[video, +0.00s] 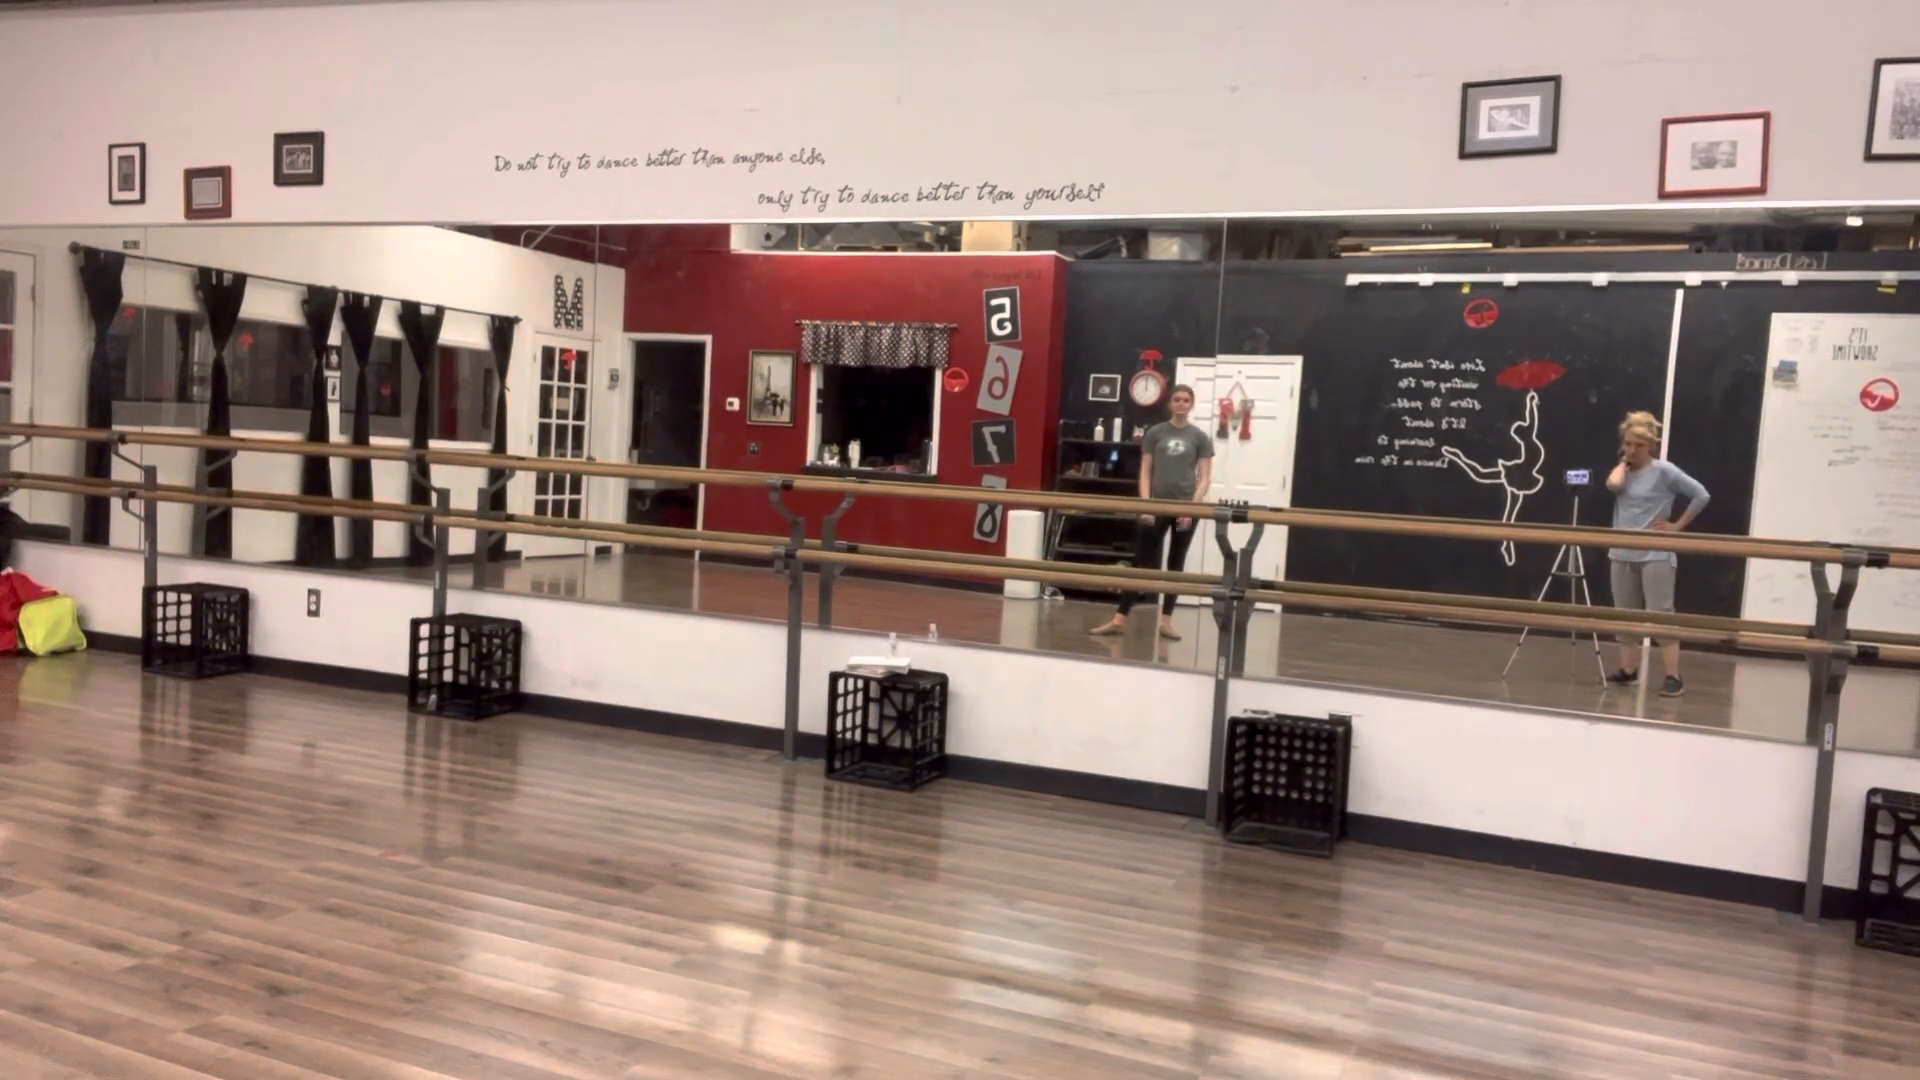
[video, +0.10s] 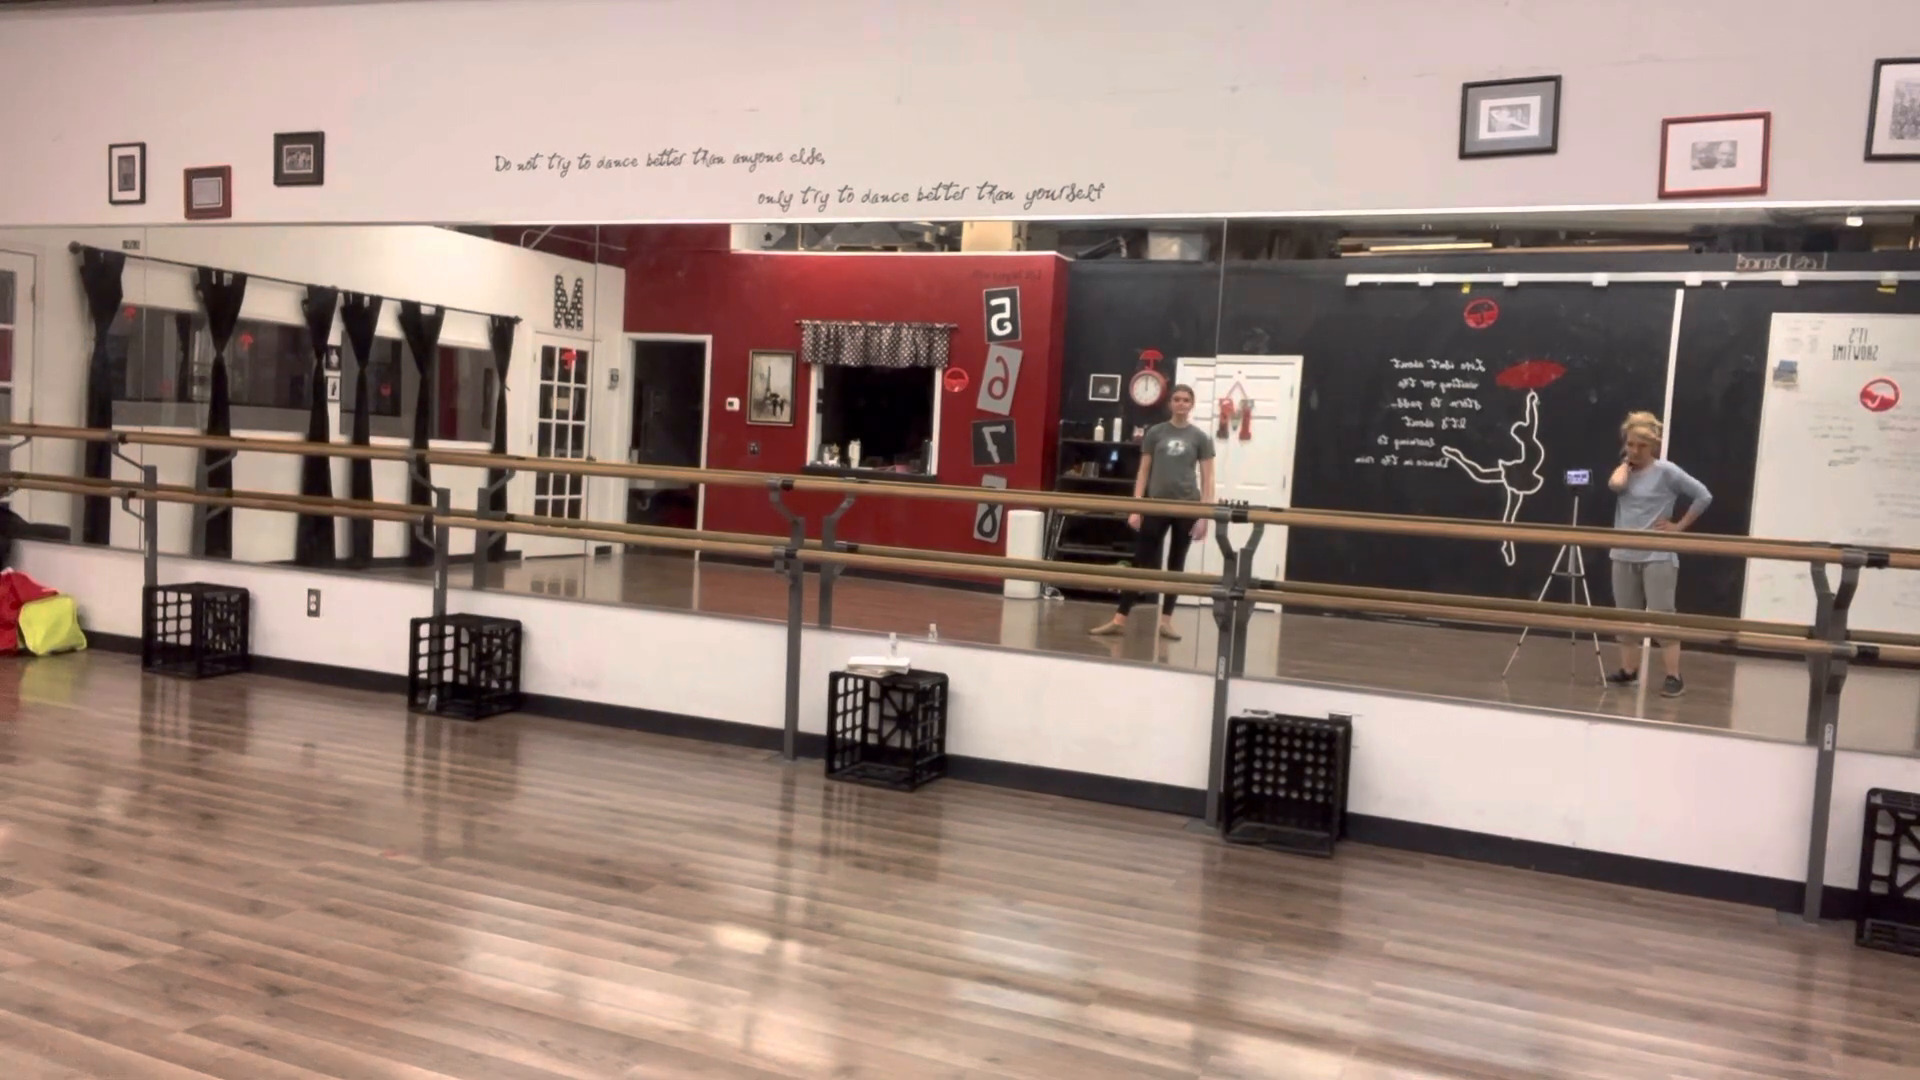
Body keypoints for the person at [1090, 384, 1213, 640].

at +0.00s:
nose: (1181, 404)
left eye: (1186, 401)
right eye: (1177, 400)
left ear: (1192, 405)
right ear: (1170, 403)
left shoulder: (1201, 438)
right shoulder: (1154, 433)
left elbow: (1205, 478)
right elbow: (1145, 471)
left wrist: (1191, 509)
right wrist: (1145, 505)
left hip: (1184, 509)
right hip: (1155, 506)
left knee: (1175, 565)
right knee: (1141, 560)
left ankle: (1166, 619)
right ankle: (1120, 617)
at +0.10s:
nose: (1181, 404)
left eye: (1185, 400)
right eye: (1177, 400)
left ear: (1192, 405)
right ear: (1170, 403)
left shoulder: (1201, 438)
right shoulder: (1154, 433)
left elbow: (1207, 480)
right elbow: (1143, 471)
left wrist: (1205, 515)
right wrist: (1136, 506)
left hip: (1186, 510)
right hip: (1154, 507)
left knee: (1176, 565)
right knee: (1141, 561)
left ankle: (1166, 619)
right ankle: (1120, 617)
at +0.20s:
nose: (1180, 404)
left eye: (1185, 400)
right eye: (1176, 399)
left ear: (1192, 405)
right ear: (1170, 403)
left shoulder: (1201, 438)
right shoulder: (1154, 433)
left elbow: (1211, 479)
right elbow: (1141, 472)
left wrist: (1218, 511)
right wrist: (1128, 507)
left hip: (1187, 510)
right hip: (1156, 507)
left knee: (1175, 564)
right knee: (1142, 560)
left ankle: (1165, 619)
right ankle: (1120, 618)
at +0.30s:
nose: (1180, 403)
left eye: (1185, 400)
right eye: (1176, 399)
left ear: (1192, 404)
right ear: (1170, 403)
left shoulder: (1202, 437)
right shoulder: (1154, 433)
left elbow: (1216, 476)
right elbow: (1140, 472)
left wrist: (1225, 511)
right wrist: (1124, 507)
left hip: (1187, 510)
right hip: (1156, 507)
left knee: (1175, 563)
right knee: (1141, 559)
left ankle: (1165, 620)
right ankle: (1120, 618)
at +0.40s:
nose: (1180, 403)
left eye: (1185, 400)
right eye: (1176, 399)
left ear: (1192, 404)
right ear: (1170, 403)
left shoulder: (1202, 436)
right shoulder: (1155, 432)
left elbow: (1218, 473)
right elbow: (1140, 470)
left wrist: (1229, 509)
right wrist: (1123, 506)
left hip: (1187, 509)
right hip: (1156, 506)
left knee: (1176, 563)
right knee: (1141, 559)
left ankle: (1166, 620)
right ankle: (1120, 618)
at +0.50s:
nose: (1180, 403)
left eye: (1185, 400)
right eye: (1176, 399)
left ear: (1192, 405)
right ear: (1170, 403)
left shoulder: (1202, 436)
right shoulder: (1155, 433)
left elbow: (1217, 473)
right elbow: (1140, 471)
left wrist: (1227, 507)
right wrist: (1123, 507)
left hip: (1187, 509)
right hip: (1156, 506)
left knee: (1176, 563)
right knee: (1141, 559)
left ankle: (1165, 620)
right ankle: (1120, 618)